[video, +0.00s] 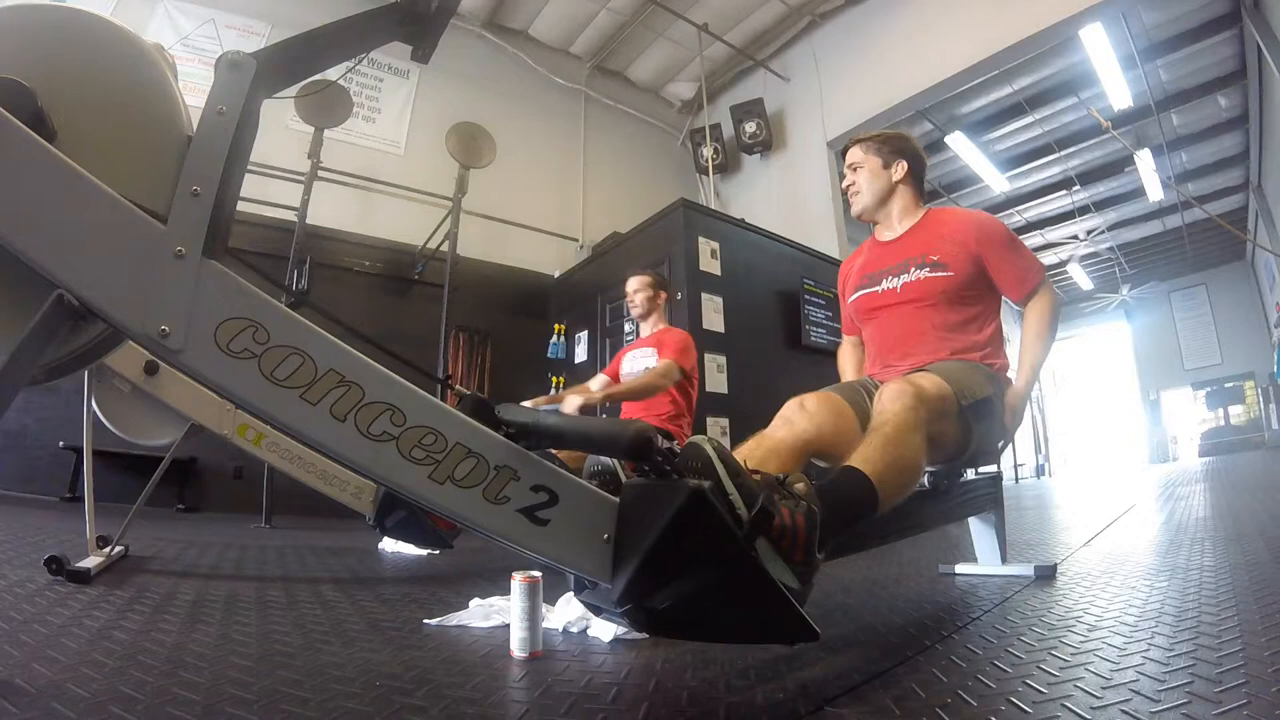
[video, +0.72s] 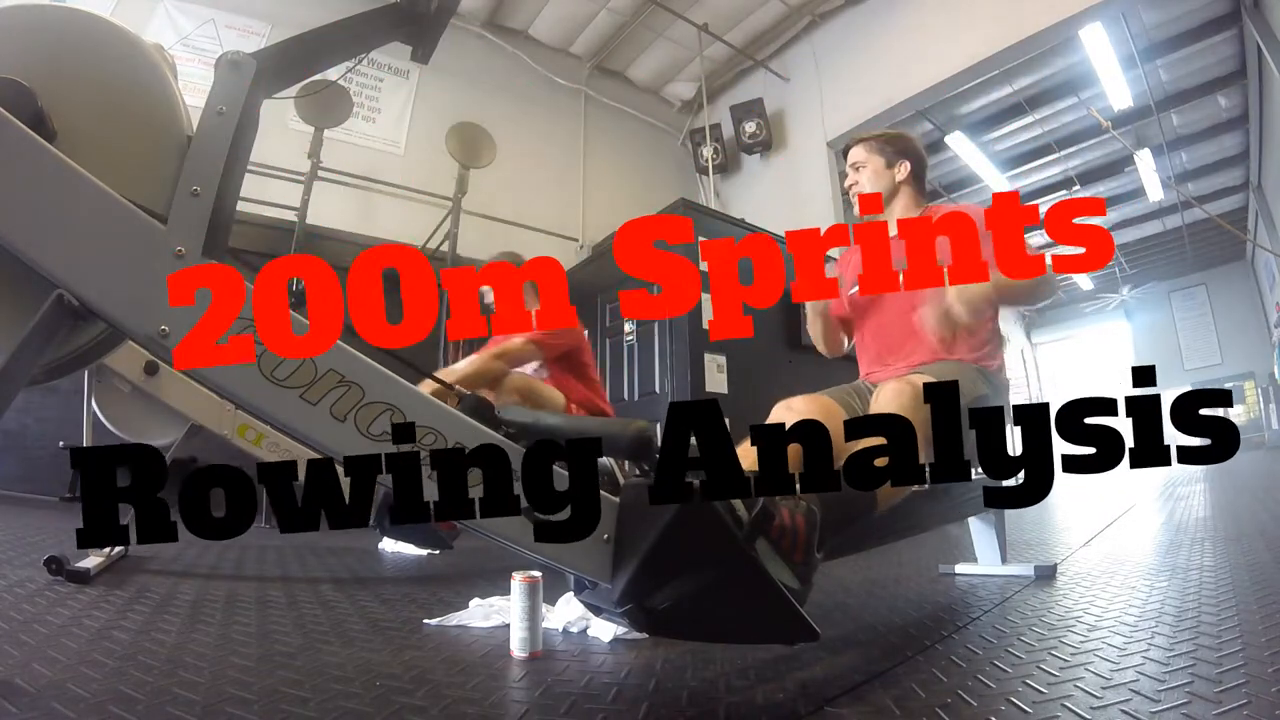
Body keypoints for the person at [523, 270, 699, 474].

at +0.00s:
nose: (630, 299)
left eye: (637, 292)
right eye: (628, 295)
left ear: (661, 298)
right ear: (627, 302)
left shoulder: (678, 338)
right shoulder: (627, 352)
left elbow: (661, 380)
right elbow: (591, 388)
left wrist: (600, 397)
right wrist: (542, 401)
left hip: (662, 439)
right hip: (623, 437)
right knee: (546, 459)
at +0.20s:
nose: (607, 299)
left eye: (614, 291)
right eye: (603, 294)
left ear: (637, 291)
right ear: (601, 298)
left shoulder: (658, 332)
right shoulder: (609, 340)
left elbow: (624, 368)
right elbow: (566, 377)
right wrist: (515, 399)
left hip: (660, 438)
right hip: (617, 436)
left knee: (636, 434)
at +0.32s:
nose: (586, 299)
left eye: (594, 290)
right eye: (580, 292)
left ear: (614, 289)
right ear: (573, 295)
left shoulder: (638, 329)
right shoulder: (588, 336)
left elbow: (590, 367)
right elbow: (543, 372)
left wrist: (528, 394)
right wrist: (494, 397)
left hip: (647, 442)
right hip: (607, 440)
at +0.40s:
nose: (569, 302)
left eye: (574, 293)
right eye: (565, 296)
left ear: (595, 291)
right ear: (562, 298)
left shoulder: (625, 326)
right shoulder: (571, 341)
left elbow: (578, 364)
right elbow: (528, 372)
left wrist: (510, 396)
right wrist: (478, 398)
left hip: (639, 435)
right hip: (599, 434)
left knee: (552, 412)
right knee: (545, 412)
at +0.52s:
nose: (535, 297)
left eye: (542, 287)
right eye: (533, 291)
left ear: (568, 283)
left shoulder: (602, 324)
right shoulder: (547, 333)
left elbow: (548, 360)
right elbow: (511, 370)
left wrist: (498, 382)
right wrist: (462, 394)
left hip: (610, 421)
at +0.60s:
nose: (520, 297)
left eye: (527, 287)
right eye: (517, 292)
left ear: (553, 283)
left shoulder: (588, 323)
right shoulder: (533, 338)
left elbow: (534, 360)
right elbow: (499, 365)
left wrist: (468, 391)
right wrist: (454, 385)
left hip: (609, 430)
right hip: (562, 429)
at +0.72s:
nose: (492, 298)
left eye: (499, 288)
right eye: (490, 290)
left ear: (525, 286)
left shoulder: (564, 325)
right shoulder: (508, 334)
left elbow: (504, 356)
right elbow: (480, 362)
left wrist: (435, 384)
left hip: (586, 417)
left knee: (515, 384)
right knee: (476, 384)